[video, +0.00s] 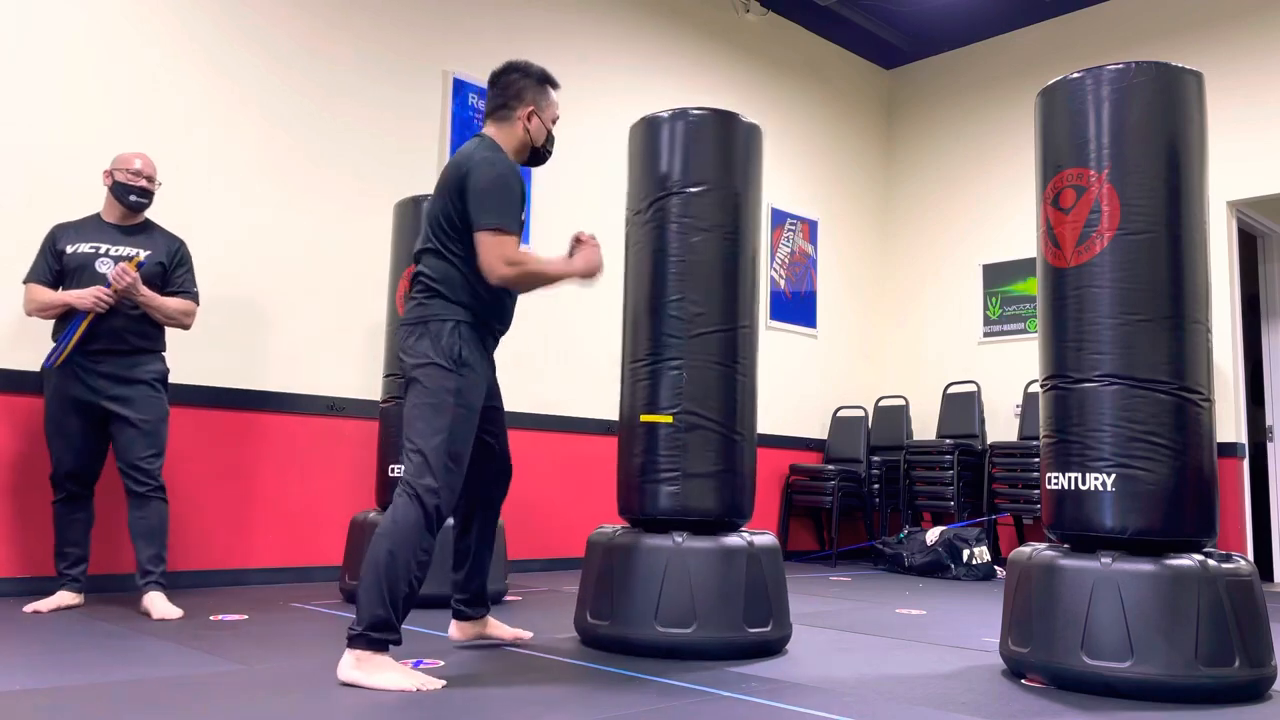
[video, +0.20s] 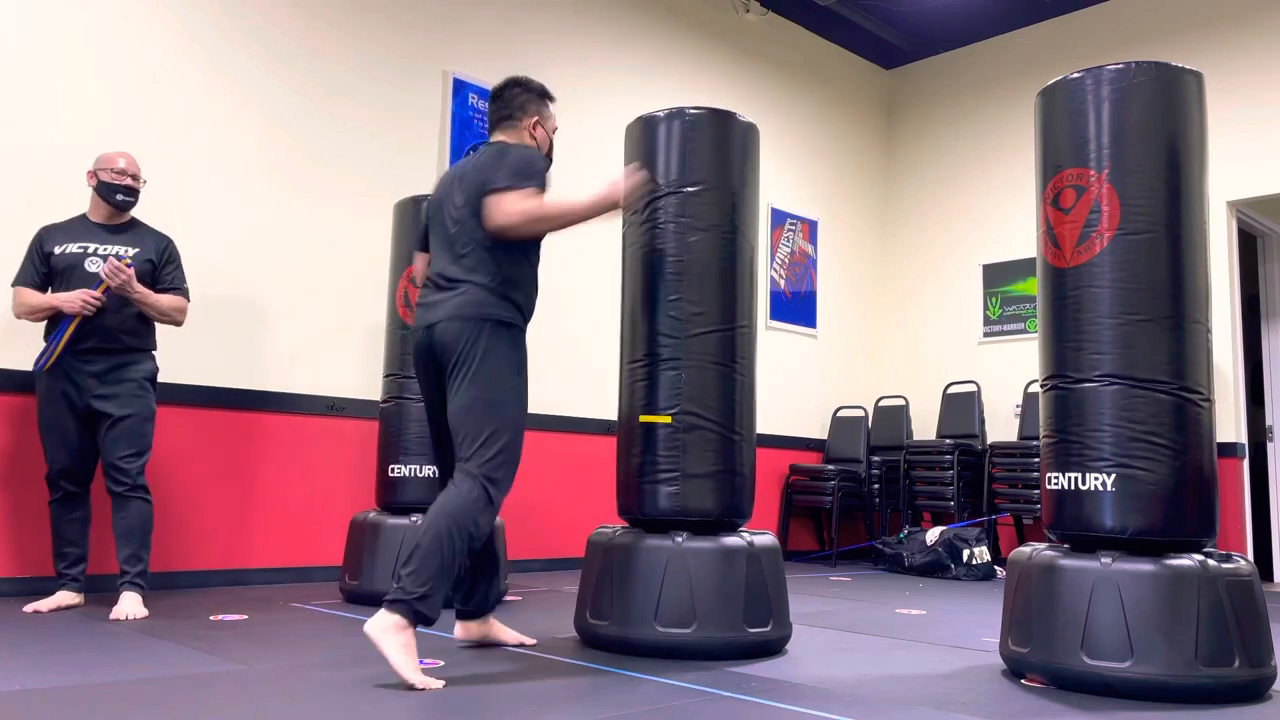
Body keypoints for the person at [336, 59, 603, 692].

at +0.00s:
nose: (554, 133)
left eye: (555, 121)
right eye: (552, 119)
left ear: (509, 113)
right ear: (528, 114)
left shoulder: (484, 164)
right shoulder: (489, 165)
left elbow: (496, 266)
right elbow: (499, 266)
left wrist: (557, 266)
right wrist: (571, 266)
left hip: (463, 339)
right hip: (445, 335)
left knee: (487, 474)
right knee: (426, 484)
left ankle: (470, 616)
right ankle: (367, 649)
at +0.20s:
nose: (553, 141)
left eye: (554, 133)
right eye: (553, 132)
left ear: (493, 125)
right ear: (536, 125)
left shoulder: (449, 179)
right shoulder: (519, 156)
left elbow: (421, 272)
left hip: (432, 327)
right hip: (482, 326)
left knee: (467, 477)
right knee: (485, 474)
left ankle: (476, 614)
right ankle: (397, 616)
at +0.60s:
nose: (545, 146)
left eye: (544, 136)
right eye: (545, 135)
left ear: (487, 129)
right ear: (530, 130)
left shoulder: (441, 183)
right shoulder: (535, 169)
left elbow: (441, 263)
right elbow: (557, 263)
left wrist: (530, 224)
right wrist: (572, 228)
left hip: (438, 328)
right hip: (493, 328)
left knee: (463, 471)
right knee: (486, 473)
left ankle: (452, 623)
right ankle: (416, 629)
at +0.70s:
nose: (544, 138)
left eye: (543, 129)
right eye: (543, 128)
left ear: (486, 123)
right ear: (527, 122)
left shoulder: (441, 181)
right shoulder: (531, 166)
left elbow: (434, 269)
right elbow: (570, 257)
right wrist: (577, 224)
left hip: (441, 326)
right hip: (489, 326)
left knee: (467, 478)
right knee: (463, 483)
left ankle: (453, 625)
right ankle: (405, 644)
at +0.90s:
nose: (549, 119)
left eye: (546, 110)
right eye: (545, 109)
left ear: (498, 111)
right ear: (525, 110)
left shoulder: (481, 163)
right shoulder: (504, 160)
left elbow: (499, 245)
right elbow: (533, 248)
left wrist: (549, 224)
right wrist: (574, 237)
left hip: (492, 345)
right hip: (481, 344)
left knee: (507, 477)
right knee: (452, 486)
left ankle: (440, 604)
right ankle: (399, 649)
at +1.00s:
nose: (549, 129)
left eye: (547, 119)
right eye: (546, 118)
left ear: (507, 117)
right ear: (527, 114)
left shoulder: (514, 182)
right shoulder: (488, 161)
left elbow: (563, 249)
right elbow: (501, 233)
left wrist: (630, 234)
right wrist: (563, 227)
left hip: (495, 345)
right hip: (481, 344)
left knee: (490, 484)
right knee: (487, 485)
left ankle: (444, 617)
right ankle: (409, 636)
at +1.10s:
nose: (550, 134)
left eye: (549, 126)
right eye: (547, 125)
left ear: (491, 125)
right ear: (532, 123)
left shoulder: (468, 180)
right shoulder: (514, 155)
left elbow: (515, 282)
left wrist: (579, 252)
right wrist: (574, 174)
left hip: (450, 329)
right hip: (493, 328)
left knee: (480, 477)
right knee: (498, 480)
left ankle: (447, 615)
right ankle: (416, 630)